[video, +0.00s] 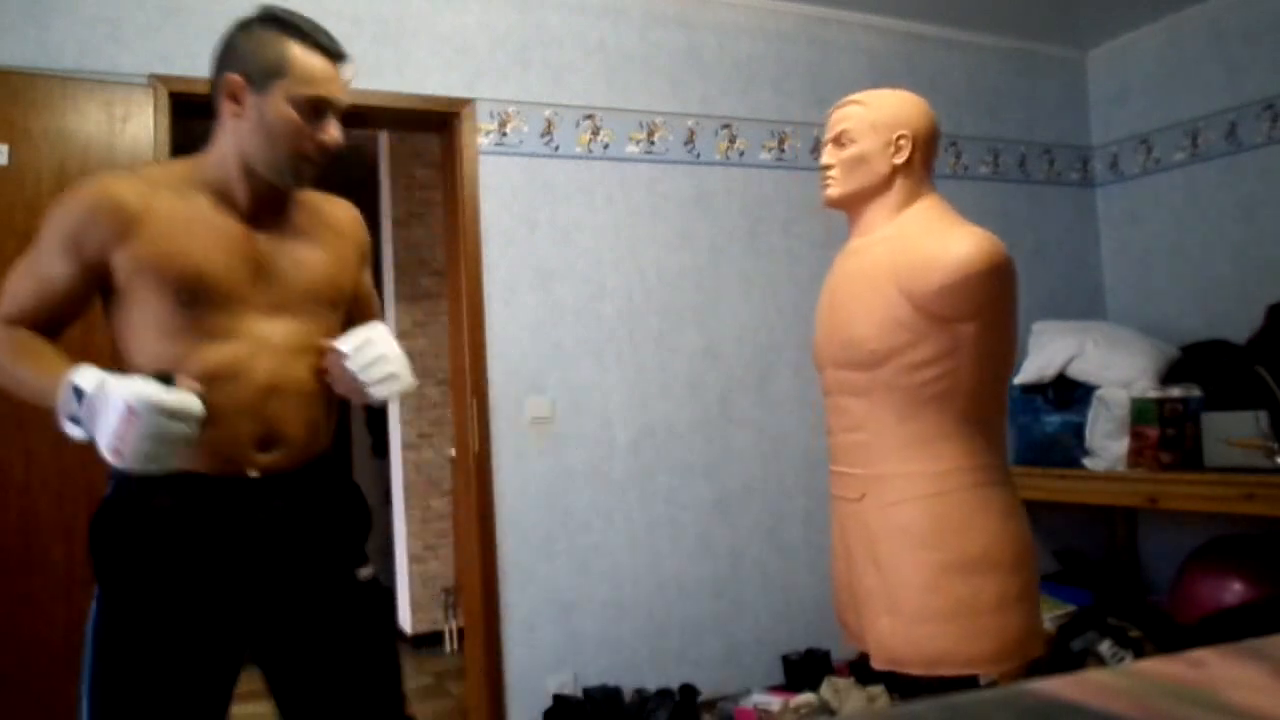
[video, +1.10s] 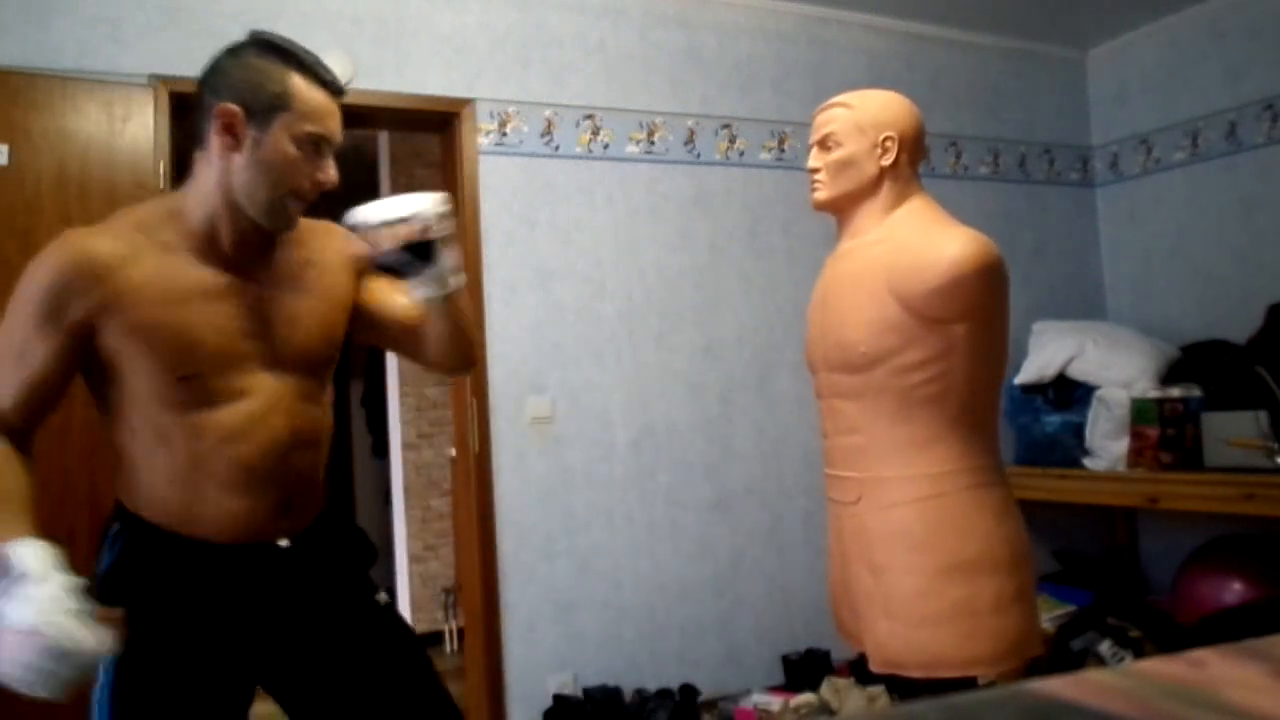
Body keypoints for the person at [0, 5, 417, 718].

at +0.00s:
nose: (334, 137)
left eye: (339, 116)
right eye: (312, 110)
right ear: (236, 98)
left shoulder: (341, 224)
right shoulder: (114, 210)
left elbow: (363, 347)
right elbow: (6, 333)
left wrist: (373, 365)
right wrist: (88, 397)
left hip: (310, 528)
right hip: (171, 534)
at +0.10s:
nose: (299, 147)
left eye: (305, 126)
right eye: (279, 120)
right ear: (200, 114)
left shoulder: (320, 242)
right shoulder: (84, 231)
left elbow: (368, 350)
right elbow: (1, 355)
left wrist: (363, 370)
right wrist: (58, 412)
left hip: (294, 546)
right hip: (150, 549)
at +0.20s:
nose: (274, 163)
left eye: (278, 144)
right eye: (251, 137)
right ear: (173, 130)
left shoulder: (296, 267)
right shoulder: (52, 263)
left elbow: (351, 383)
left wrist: (360, 431)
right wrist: (50, 475)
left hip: (268, 567)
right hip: (118, 577)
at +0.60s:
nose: (242, 164)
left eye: (246, 144)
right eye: (220, 137)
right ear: (139, 125)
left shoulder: (277, 250)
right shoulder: (27, 262)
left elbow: (357, 385)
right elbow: (1, 437)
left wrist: (327, 380)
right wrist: (72, 432)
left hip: (267, 564)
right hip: (115, 573)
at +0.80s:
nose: (290, 159)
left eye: (293, 137)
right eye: (267, 133)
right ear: (187, 123)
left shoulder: (325, 242)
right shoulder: (78, 264)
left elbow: (425, 381)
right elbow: (17, 414)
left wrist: (352, 324)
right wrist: (47, 484)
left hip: (314, 563)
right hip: (168, 570)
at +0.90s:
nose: (298, 158)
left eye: (301, 136)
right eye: (275, 131)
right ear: (195, 118)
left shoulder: (326, 240)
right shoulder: (75, 255)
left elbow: (440, 374)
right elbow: (24, 409)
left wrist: (363, 308)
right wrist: (40, 505)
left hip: (313, 562)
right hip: (163, 570)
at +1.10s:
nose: (330, 176)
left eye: (333, 153)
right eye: (311, 147)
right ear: (230, 132)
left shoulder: (334, 254)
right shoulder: (93, 267)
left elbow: (451, 357)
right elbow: (8, 431)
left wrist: (440, 280)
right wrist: (25, 566)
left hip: (312, 581)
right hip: (169, 588)